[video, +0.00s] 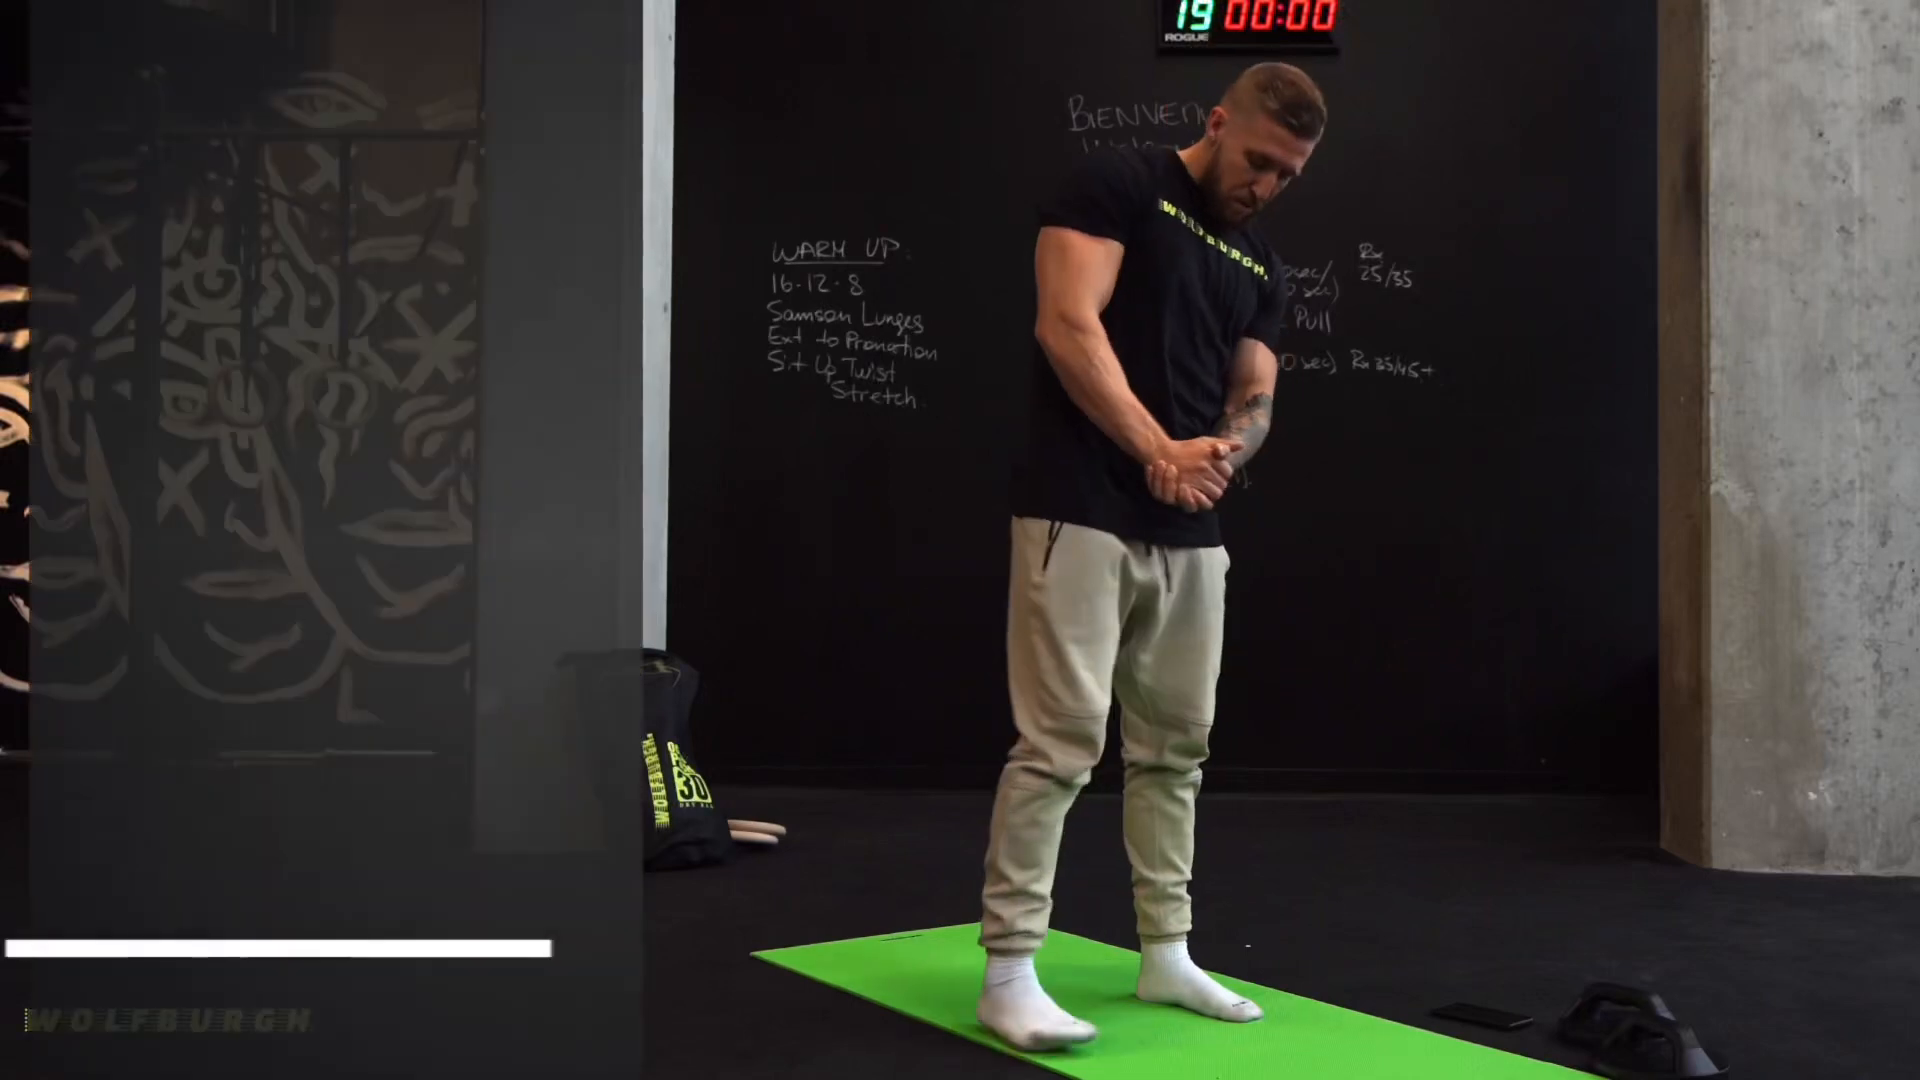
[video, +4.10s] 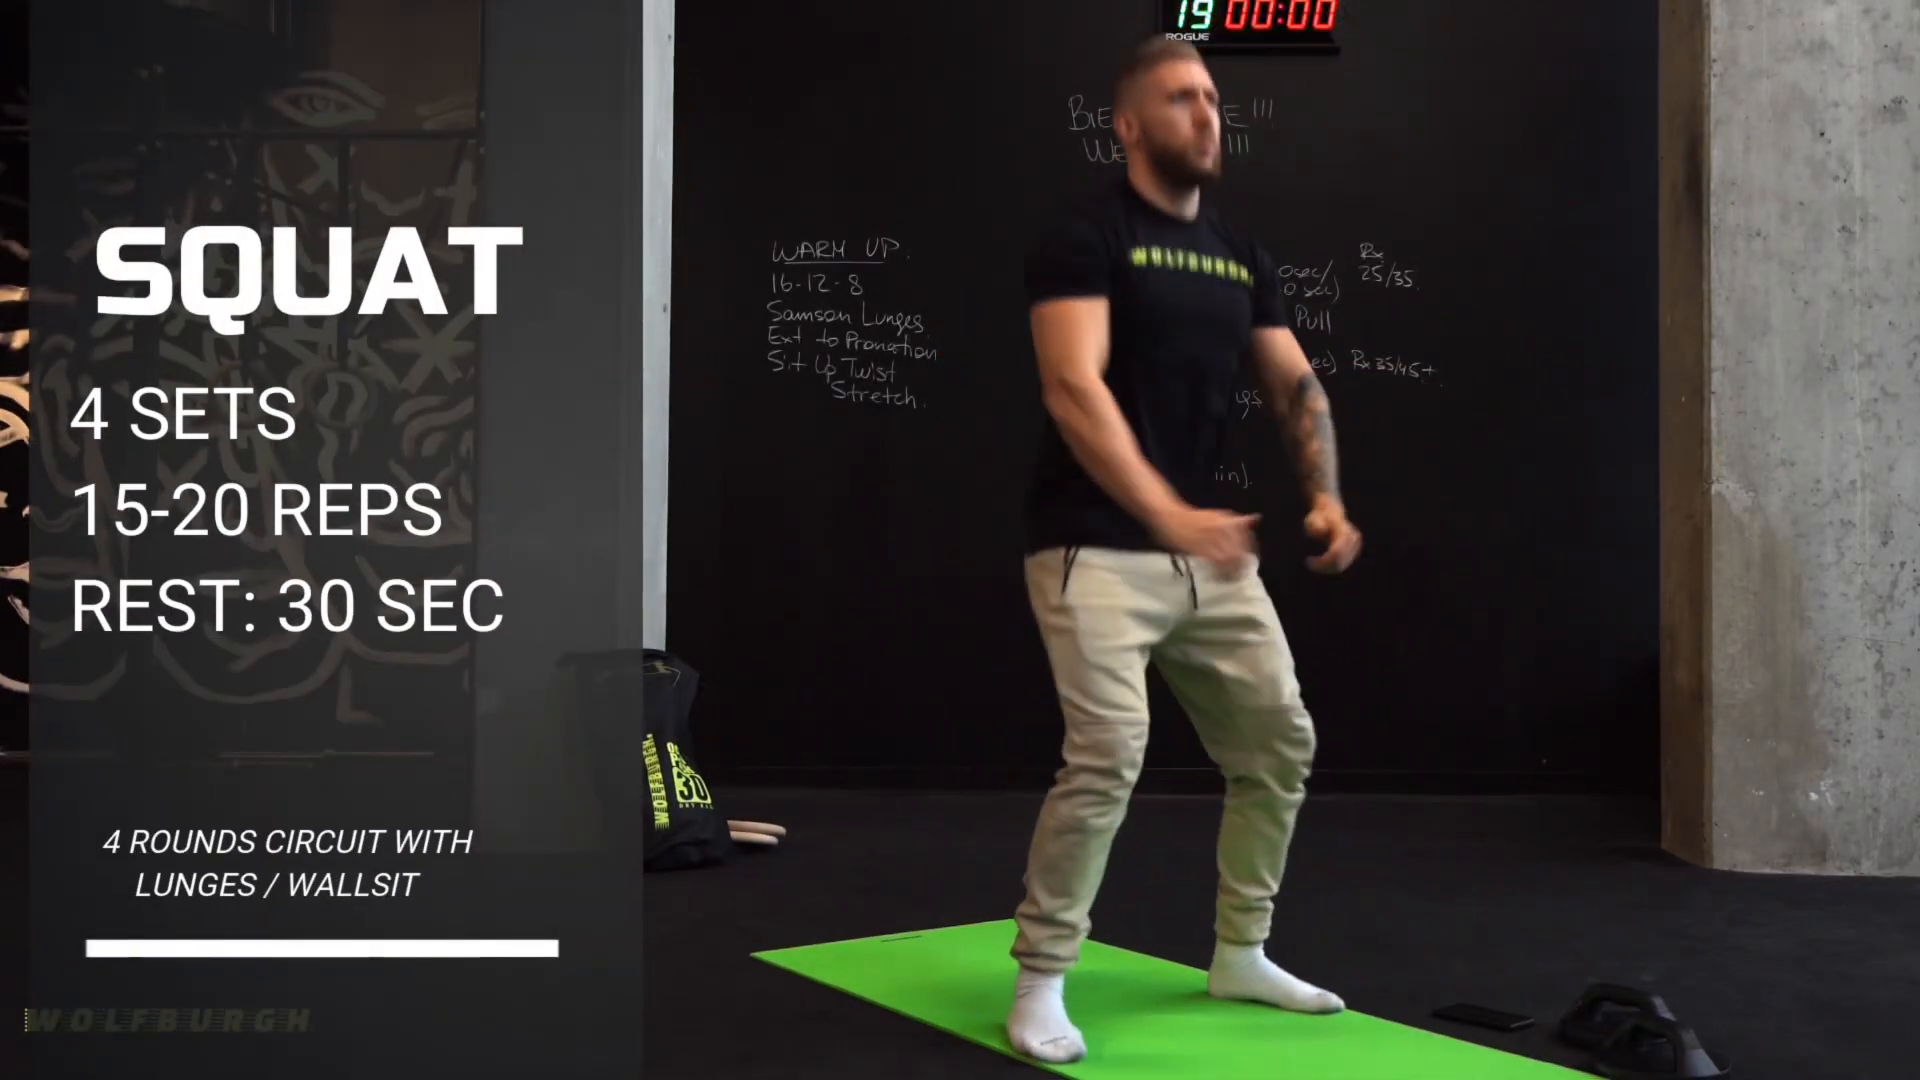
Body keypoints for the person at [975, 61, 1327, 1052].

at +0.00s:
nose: (1267, 187)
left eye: (1287, 174)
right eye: (1257, 162)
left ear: (1301, 167)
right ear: (1213, 123)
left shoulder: (1256, 268)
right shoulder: (1109, 188)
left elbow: (1254, 399)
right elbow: (1066, 327)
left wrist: (1227, 452)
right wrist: (1157, 449)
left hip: (1186, 531)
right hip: (1077, 517)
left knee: (1174, 746)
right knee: (1059, 744)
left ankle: (1165, 957)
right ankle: (1010, 974)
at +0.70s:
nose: (1129, 160)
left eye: (1144, 141)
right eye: (1112, 139)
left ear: (1159, 120)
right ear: (1054, 108)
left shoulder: (1154, 202)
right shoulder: (976, 213)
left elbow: (1190, 353)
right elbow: (980, 393)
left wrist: (1169, 467)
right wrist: (1115, 491)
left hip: (1172, 521)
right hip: (1059, 536)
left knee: (1217, 727)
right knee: (1071, 755)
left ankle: (1221, 930)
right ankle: (1013, 986)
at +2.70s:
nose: (1220, 86)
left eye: (1224, 71)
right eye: (1196, 70)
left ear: (1225, 94)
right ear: (1139, 92)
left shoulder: (1239, 225)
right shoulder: (1084, 204)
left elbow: (1291, 343)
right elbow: (1105, 340)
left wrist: (1297, 402)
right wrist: (1246, 407)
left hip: (1221, 536)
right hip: (1106, 531)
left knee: (1243, 746)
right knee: (1079, 754)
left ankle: (1237, 955)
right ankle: (1034, 981)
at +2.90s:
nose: (1214, 167)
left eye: (1220, 151)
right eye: (1189, 151)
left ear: (1227, 169)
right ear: (1135, 172)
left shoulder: (1238, 293)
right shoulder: (1086, 277)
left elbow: (1324, 368)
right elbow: (1148, 364)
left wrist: (1387, 366)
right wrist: (1314, 364)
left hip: (1180, 578)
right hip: (1066, 577)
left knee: (1286, 744)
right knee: (1088, 756)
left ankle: (1241, 955)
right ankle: (1036, 982)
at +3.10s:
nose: (1224, 319)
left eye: (1230, 303)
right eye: (1201, 303)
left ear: (1240, 320)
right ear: (1144, 325)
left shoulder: (1240, 426)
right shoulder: (1103, 413)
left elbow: (1368, 462)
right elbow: (1174, 454)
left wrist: (1403, 406)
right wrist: (1346, 386)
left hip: (1167, 667)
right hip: (1050, 668)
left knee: (1309, 750)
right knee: (1090, 760)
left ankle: (1243, 959)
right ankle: (1038, 988)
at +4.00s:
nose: (1212, 170)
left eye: (1217, 155)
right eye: (1188, 155)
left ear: (1224, 174)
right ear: (1132, 174)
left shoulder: (1239, 294)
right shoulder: (1087, 287)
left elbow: (1315, 407)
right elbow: (1113, 425)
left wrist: (1353, 485)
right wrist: (1257, 506)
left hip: (1207, 585)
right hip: (1087, 584)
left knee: (1297, 751)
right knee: (1114, 758)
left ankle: (1242, 959)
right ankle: (1043, 984)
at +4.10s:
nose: (1206, 113)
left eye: (1211, 98)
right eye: (1181, 99)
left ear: (1220, 119)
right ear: (1127, 122)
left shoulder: (1236, 250)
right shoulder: (1082, 234)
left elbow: (1296, 384)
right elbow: (1072, 391)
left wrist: (1324, 493)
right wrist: (1174, 515)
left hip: (1210, 555)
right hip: (1093, 554)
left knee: (1278, 746)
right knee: (1107, 754)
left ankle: (1242, 958)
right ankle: (1041, 982)